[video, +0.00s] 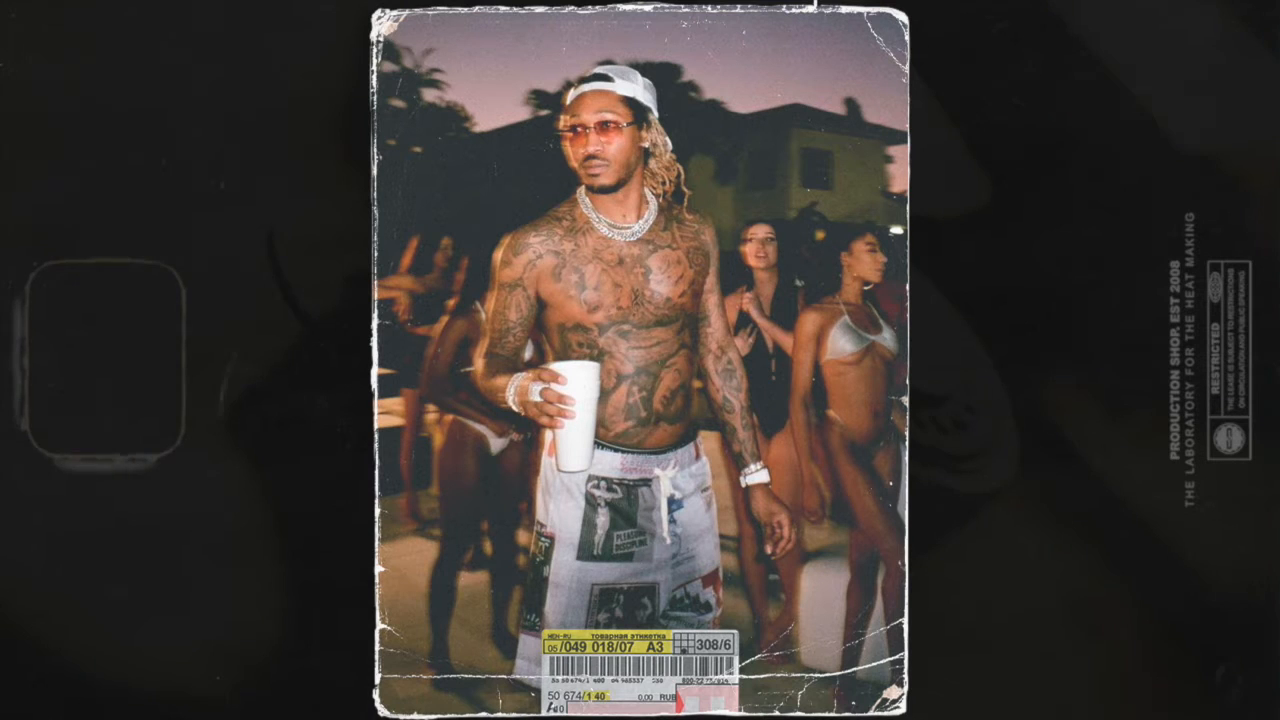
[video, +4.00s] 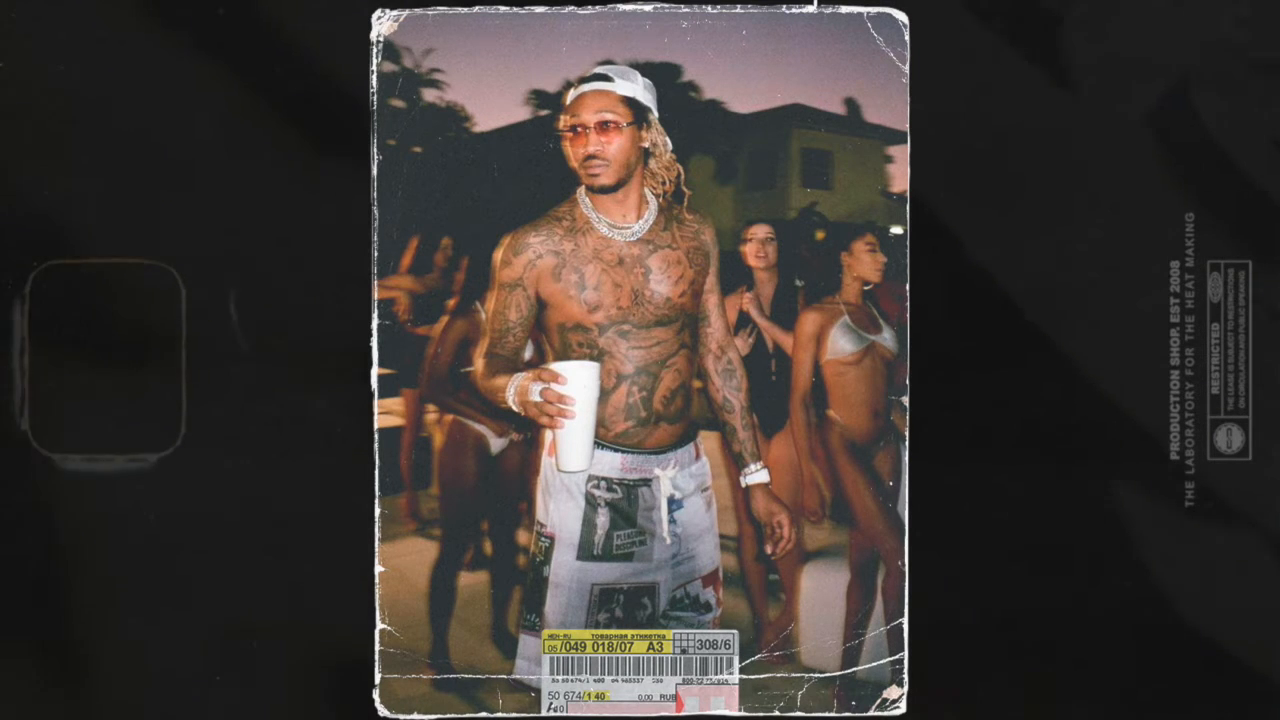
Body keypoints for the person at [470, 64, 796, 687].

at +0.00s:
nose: (590, 143)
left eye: (608, 126)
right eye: (576, 130)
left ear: (646, 138)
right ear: (565, 143)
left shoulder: (693, 235)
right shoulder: (532, 248)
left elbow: (720, 358)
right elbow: (491, 365)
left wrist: (756, 482)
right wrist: (516, 389)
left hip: (681, 477)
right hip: (582, 482)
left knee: (690, 664)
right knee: (573, 669)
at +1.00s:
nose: (590, 143)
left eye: (608, 126)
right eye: (576, 130)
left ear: (646, 138)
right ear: (565, 143)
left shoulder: (693, 236)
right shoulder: (532, 248)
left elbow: (720, 358)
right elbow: (490, 366)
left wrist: (756, 481)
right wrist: (516, 389)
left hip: (681, 477)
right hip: (582, 482)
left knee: (690, 663)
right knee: (574, 666)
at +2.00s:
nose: (589, 143)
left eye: (608, 126)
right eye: (576, 130)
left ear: (646, 138)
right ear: (565, 144)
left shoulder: (693, 235)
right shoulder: (532, 247)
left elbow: (720, 358)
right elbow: (491, 364)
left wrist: (756, 482)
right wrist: (516, 389)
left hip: (681, 476)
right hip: (582, 481)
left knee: (689, 663)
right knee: (573, 668)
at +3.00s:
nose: (589, 143)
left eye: (608, 126)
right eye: (576, 130)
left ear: (645, 138)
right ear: (565, 143)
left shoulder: (693, 235)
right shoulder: (532, 248)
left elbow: (720, 358)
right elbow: (491, 365)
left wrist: (756, 482)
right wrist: (517, 389)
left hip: (681, 475)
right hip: (583, 481)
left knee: (688, 662)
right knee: (575, 668)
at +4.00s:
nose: (589, 143)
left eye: (608, 126)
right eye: (576, 130)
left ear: (645, 138)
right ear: (565, 144)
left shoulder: (693, 235)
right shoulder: (532, 248)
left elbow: (720, 358)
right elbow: (491, 364)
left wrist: (756, 481)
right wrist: (516, 389)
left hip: (681, 476)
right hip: (582, 481)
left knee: (689, 664)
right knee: (574, 669)